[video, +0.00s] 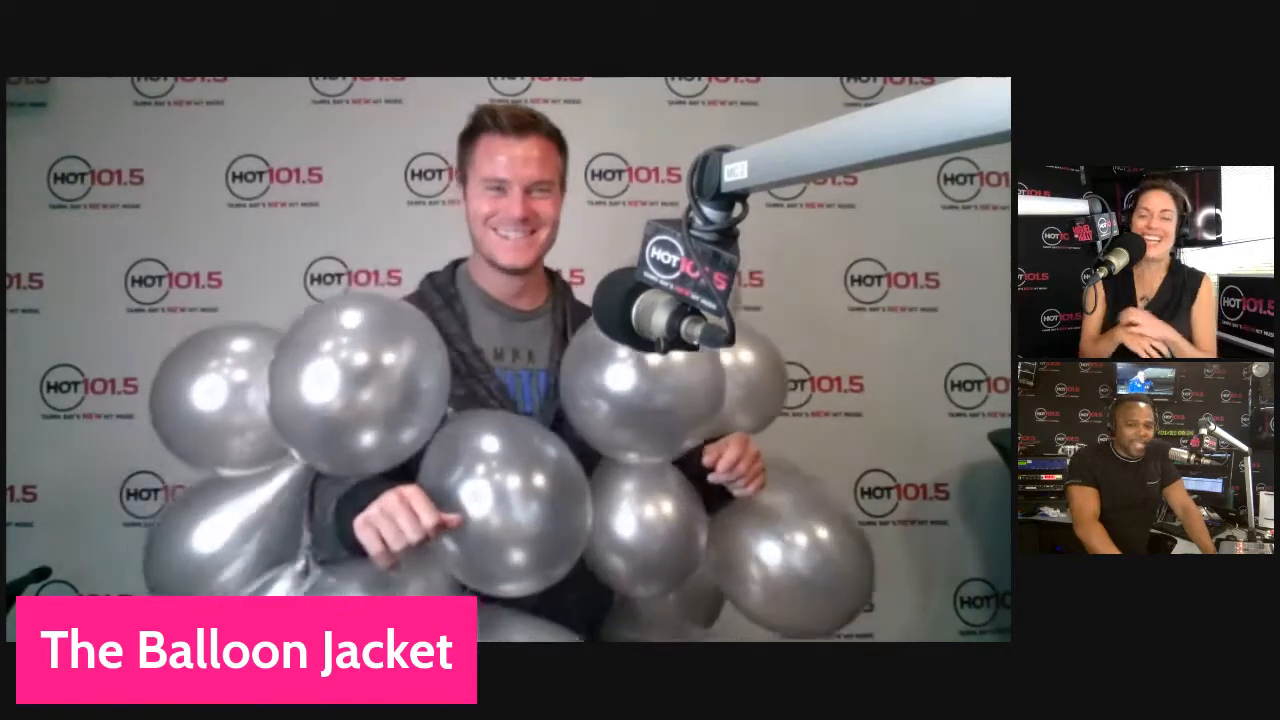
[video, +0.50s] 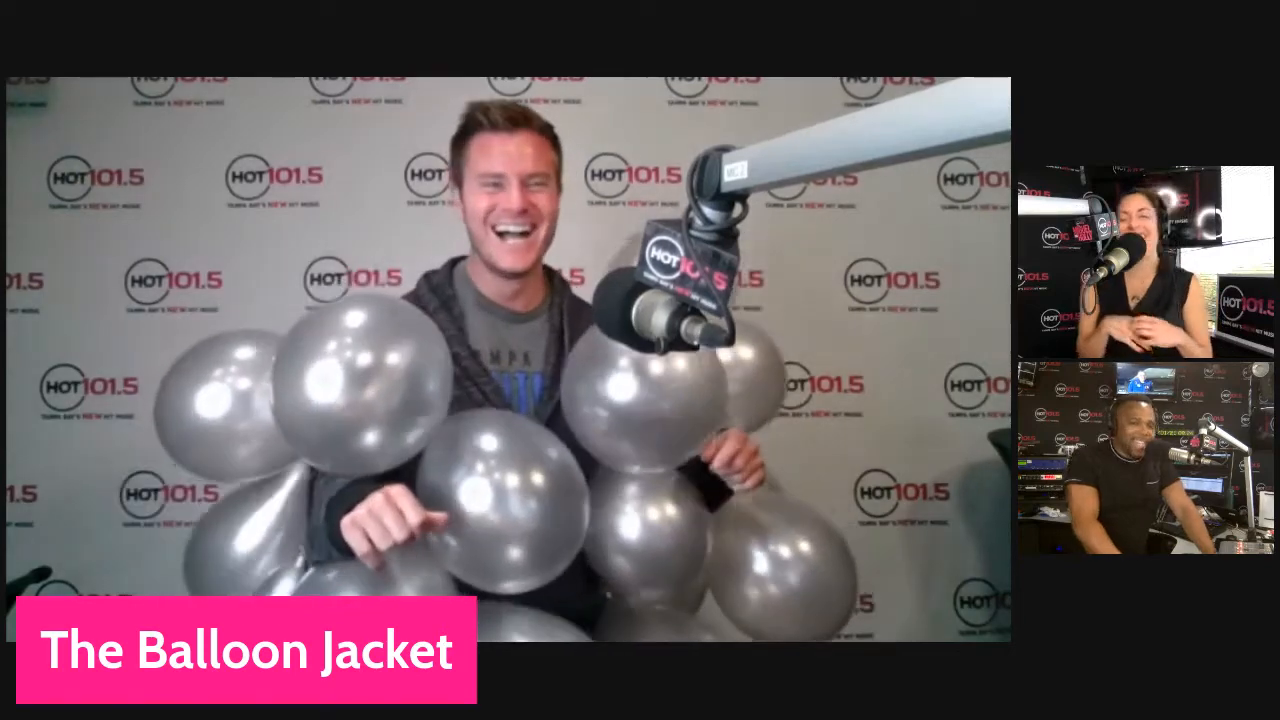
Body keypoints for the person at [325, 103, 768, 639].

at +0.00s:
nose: (517, 211)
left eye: (538, 190)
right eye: (495, 188)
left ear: (561, 201)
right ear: (461, 193)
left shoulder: (599, 336)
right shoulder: (404, 335)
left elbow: (645, 472)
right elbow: (331, 483)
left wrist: (712, 465)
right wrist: (369, 506)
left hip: (588, 616)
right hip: (447, 616)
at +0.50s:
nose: (516, 205)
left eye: (535, 184)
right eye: (493, 184)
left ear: (558, 198)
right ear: (458, 197)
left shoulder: (603, 335)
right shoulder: (402, 335)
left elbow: (651, 489)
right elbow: (335, 479)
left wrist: (714, 469)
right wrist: (361, 506)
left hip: (574, 612)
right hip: (435, 613)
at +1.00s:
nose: (521, 205)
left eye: (539, 184)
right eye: (497, 185)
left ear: (561, 195)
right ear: (461, 196)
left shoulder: (603, 333)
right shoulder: (406, 333)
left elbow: (653, 492)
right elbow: (338, 475)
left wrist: (722, 463)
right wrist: (357, 501)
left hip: (581, 613)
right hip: (440, 610)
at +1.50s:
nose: (520, 204)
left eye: (538, 181)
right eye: (495, 183)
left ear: (560, 191)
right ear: (457, 194)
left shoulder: (604, 329)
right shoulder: (406, 334)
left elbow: (657, 486)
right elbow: (335, 502)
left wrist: (728, 462)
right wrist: (373, 503)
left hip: (589, 616)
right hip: (446, 617)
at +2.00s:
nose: (524, 263)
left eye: (545, 241)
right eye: (502, 238)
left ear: (566, 219)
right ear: (462, 210)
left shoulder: (597, 332)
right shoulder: (398, 335)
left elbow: (654, 467)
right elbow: (334, 469)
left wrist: (720, 472)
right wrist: (343, 511)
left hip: (585, 605)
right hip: (441, 606)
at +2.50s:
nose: (494, 237)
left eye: (515, 215)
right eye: (473, 213)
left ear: (540, 214)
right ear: (440, 207)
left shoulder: (583, 334)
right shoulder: (379, 337)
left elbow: (637, 463)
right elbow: (317, 467)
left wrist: (714, 466)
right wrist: (319, 514)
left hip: (568, 608)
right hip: (423, 608)